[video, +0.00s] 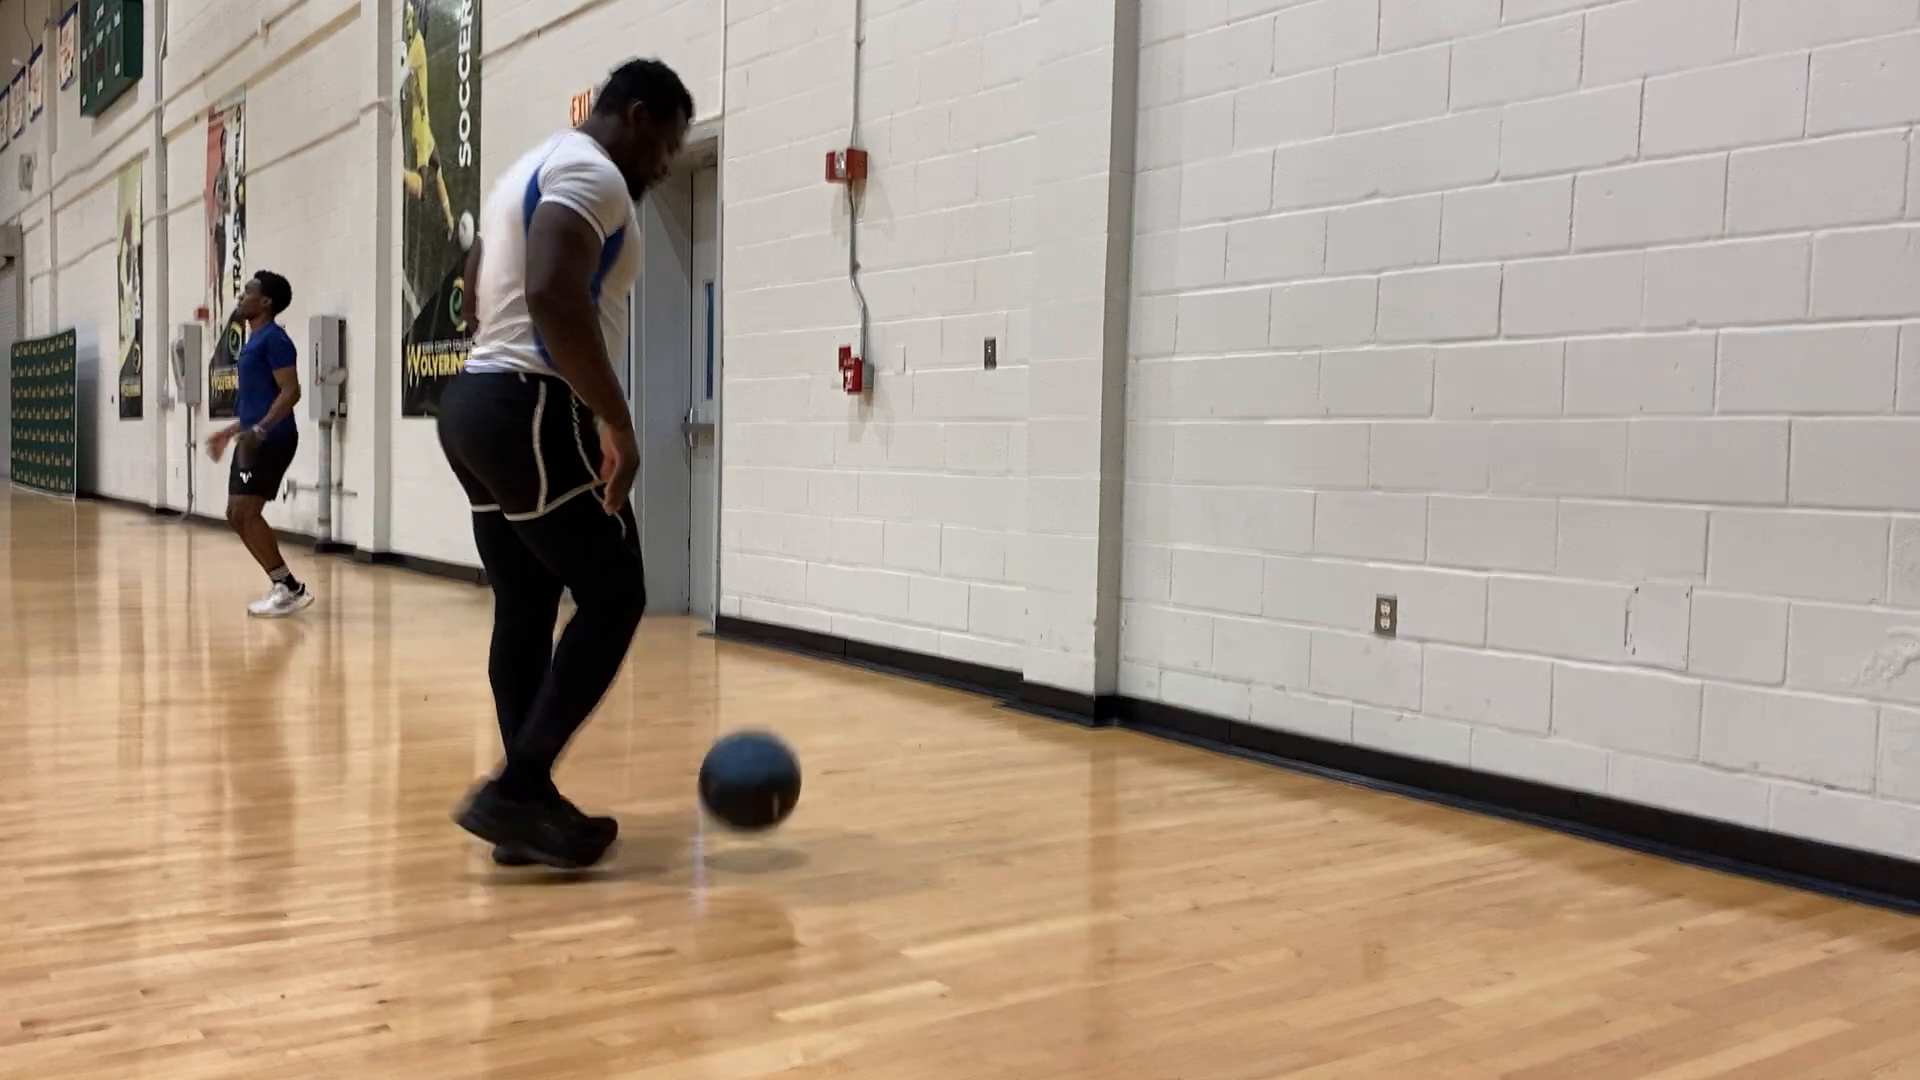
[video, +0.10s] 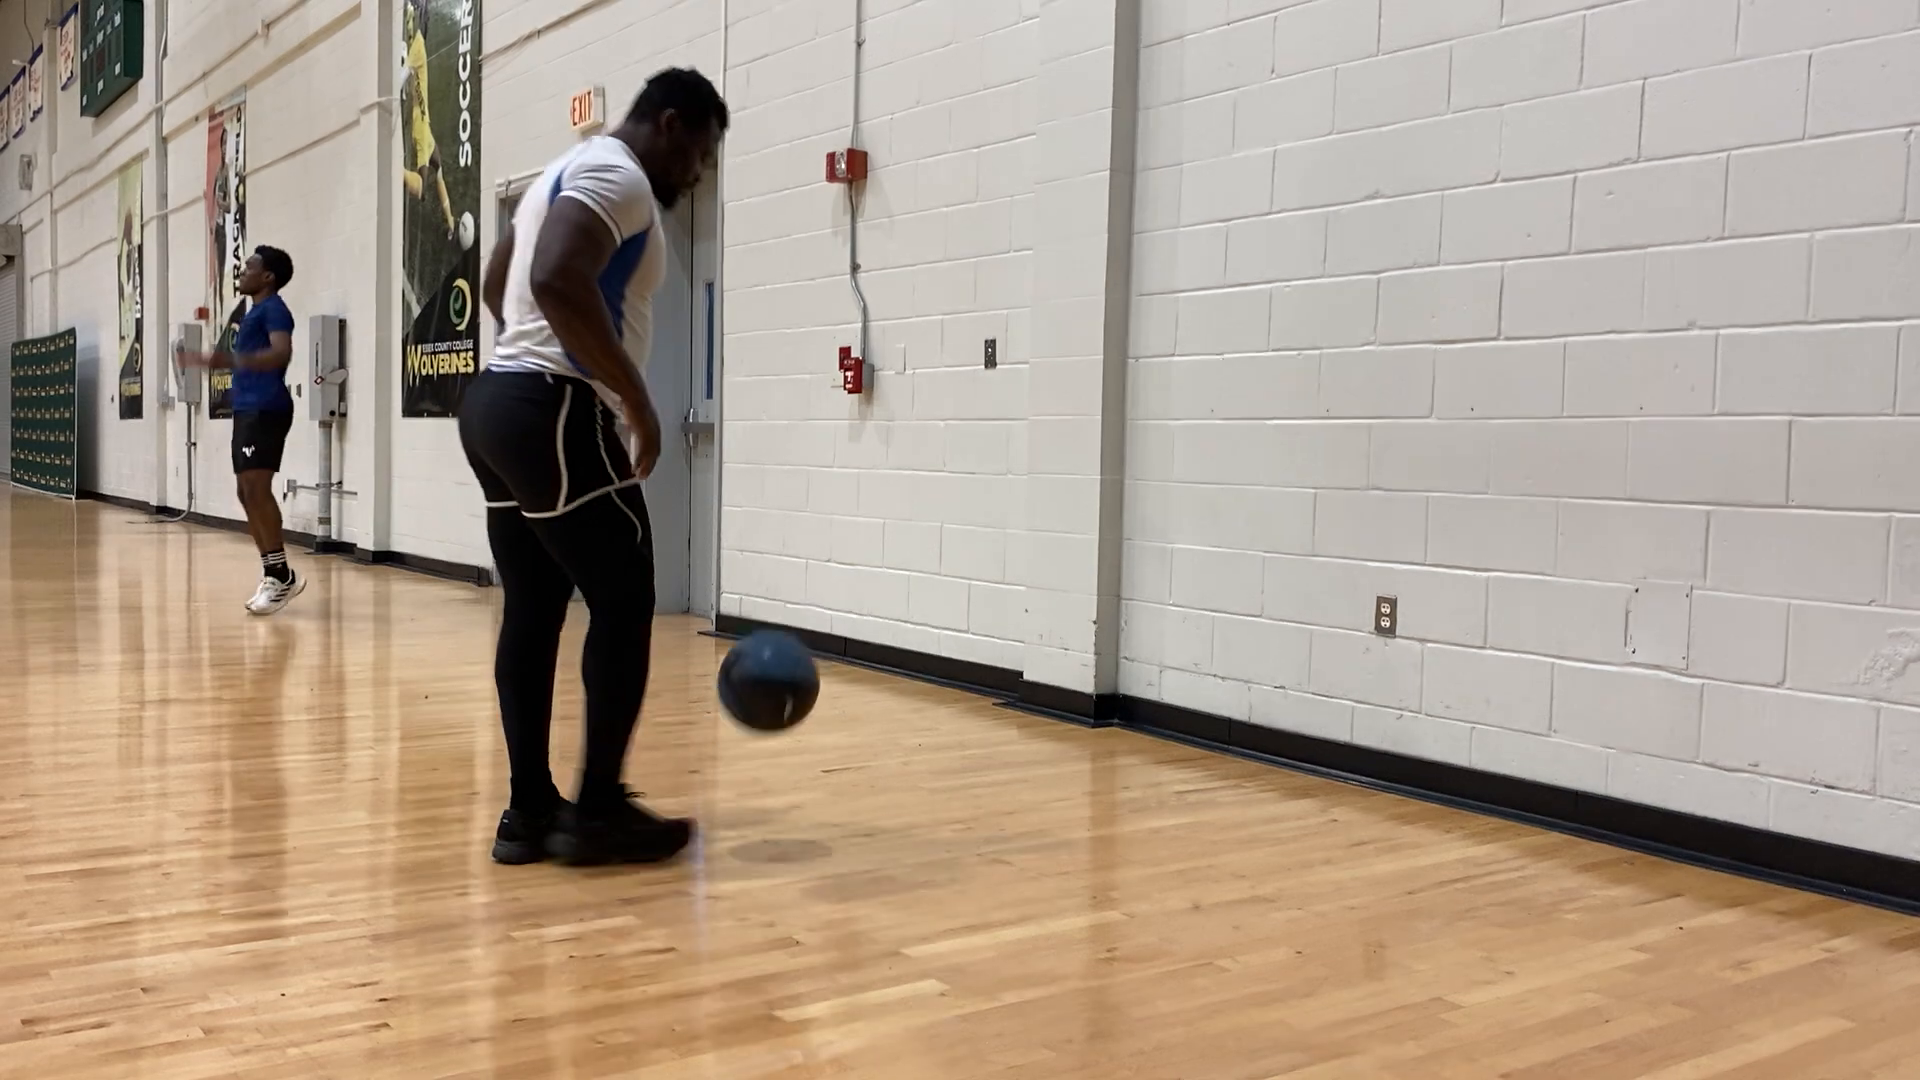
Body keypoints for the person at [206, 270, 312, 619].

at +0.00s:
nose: (240, 296)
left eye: (247, 292)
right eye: (242, 290)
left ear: (264, 302)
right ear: (260, 303)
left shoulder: (274, 339)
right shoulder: (255, 340)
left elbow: (291, 392)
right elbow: (256, 403)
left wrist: (262, 429)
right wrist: (228, 432)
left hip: (273, 435)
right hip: (255, 435)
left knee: (245, 511)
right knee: (236, 514)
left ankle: (288, 587)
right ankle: (284, 586)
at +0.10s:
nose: (241, 272)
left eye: (248, 267)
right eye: (244, 267)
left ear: (267, 276)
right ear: (262, 276)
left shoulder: (274, 309)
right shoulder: (252, 312)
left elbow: (281, 356)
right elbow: (242, 360)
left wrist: (235, 361)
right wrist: (201, 360)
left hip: (266, 410)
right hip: (248, 410)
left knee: (256, 490)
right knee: (247, 492)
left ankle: (282, 576)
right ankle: (273, 574)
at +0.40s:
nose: (232, 298)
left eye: (241, 293)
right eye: (233, 293)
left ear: (255, 304)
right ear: (233, 303)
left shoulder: (254, 330)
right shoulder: (235, 332)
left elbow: (255, 289)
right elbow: (227, 291)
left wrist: (248, 254)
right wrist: (234, 255)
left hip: (262, 435)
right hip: (245, 435)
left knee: (239, 514)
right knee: (223, 516)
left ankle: (290, 589)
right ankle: (268, 585)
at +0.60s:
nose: (227, 267)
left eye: (235, 262)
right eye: (228, 262)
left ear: (254, 272)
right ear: (234, 270)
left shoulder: (257, 303)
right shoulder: (232, 312)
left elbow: (241, 287)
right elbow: (209, 320)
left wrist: (215, 268)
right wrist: (177, 289)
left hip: (247, 403)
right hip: (228, 405)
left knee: (239, 485)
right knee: (226, 486)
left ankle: (271, 571)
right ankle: (254, 569)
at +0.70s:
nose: (218, 264)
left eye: (226, 261)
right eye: (221, 259)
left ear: (244, 272)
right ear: (234, 271)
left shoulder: (247, 302)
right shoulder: (228, 307)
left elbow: (262, 339)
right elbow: (221, 358)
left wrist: (233, 355)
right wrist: (183, 362)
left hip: (241, 402)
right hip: (226, 402)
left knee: (228, 486)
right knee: (226, 486)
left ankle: (255, 572)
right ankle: (251, 571)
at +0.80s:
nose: (210, 285)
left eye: (218, 282)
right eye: (212, 280)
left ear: (235, 294)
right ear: (223, 293)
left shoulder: (240, 328)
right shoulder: (223, 329)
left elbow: (261, 383)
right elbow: (225, 395)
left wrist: (235, 425)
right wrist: (202, 426)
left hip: (242, 425)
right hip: (226, 425)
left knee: (215, 506)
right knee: (214, 506)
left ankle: (255, 585)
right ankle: (254, 584)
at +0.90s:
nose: (203, 295)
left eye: (211, 290)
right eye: (206, 289)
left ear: (231, 303)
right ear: (223, 303)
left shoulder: (234, 340)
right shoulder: (218, 340)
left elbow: (253, 393)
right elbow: (222, 405)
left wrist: (218, 438)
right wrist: (199, 440)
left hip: (240, 438)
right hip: (227, 437)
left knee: (207, 514)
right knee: (203, 515)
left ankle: (257, 590)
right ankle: (254, 587)